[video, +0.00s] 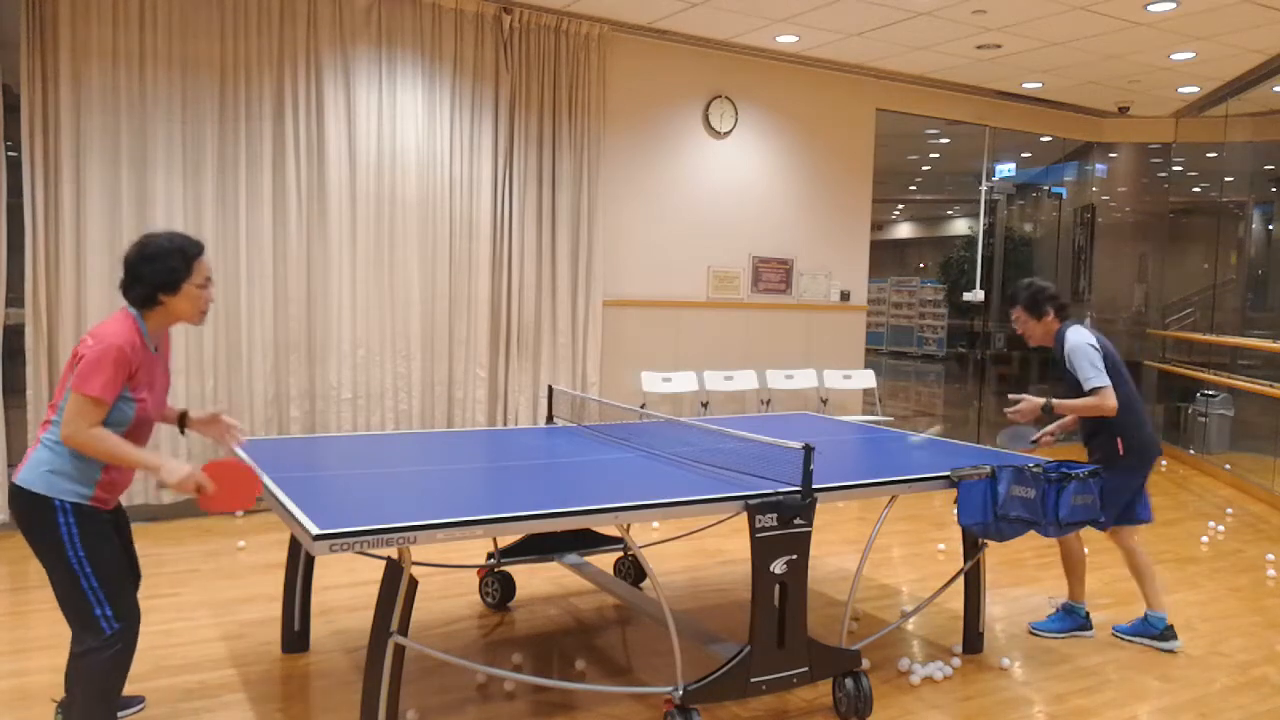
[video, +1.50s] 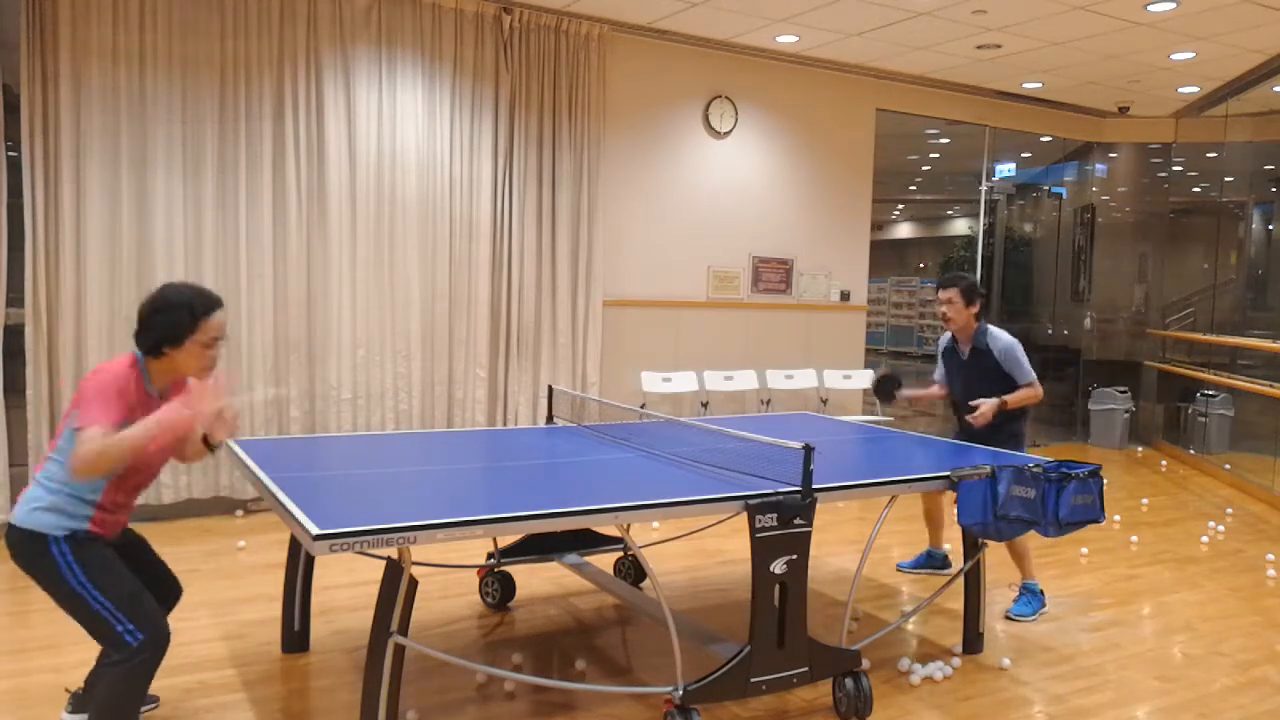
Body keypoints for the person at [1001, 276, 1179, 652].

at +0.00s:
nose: (1018, 330)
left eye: (1021, 322)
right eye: (1015, 323)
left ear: (1047, 314)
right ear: (1048, 315)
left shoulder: (1076, 341)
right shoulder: (1075, 339)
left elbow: (1107, 403)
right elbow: (1096, 405)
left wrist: (1042, 406)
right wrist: (1056, 429)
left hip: (1121, 453)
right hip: (1131, 450)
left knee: (1063, 517)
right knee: (1121, 530)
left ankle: (1076, 611)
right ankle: (1158, 620)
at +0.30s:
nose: (1003, 307)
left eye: (1010, 299)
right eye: (1000, 300)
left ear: (1037, 299)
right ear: (1001, 303)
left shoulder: (1064, 335)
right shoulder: (1034, 339)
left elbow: (1100, 393)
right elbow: (1054, 394)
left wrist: (1042, 397)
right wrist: (1018, 409)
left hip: (1082, 448)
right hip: (1053, 445)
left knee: (1057, 522)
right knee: (1026, 502)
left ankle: (1076, 609)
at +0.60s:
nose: (973, 312)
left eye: (980, 305)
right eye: (969, 305)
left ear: (1005, 306)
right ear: (967, 308)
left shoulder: (1034, 342)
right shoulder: (980, 343)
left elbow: (1070, 395)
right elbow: (986, 389)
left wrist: (1025, 405)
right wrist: (966, 408)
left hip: (1037, 441)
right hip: (1001, 437)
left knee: (1016, 510)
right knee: (971, 493)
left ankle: (1036, 589)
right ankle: (974, 564)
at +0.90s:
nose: (930, 324)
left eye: (936, 317)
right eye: (928, 318)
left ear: (959, 316)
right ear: (950, 319)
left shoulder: (983, 344)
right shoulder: (962, 349)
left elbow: (1026, 391)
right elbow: (987, 393)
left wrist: (975, 406)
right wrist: (964, 416)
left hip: (1015, 446)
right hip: (991, 443)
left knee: (996, 519)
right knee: (954, 486)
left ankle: (1033, 589)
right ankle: (948, 552)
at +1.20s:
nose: (938, 308)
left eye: (943, 300)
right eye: (937, 301)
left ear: (967, 300)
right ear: (959, 302)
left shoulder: (1000, 335)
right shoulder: (953, 338)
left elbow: (1026, 390)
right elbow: (932, 375)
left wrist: (975, 383)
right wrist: (902, 356)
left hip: (1007, 440)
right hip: (971, 436)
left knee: (1002, 513)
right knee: (941, 484)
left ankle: (1029, 587)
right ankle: (941, 550)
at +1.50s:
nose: (942, 311)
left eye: (949, 304)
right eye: (940, 304)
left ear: (974, 307)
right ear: (940, 307)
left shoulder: (1003, 344)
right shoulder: (947, 343)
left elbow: (1035, 392)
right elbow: (943, 390)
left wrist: (998, 403)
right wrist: (905, 395)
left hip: (1005, 446)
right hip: (965, 442)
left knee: (1005, 514)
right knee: (929, 482)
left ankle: (1031, 588)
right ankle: (936, 553)